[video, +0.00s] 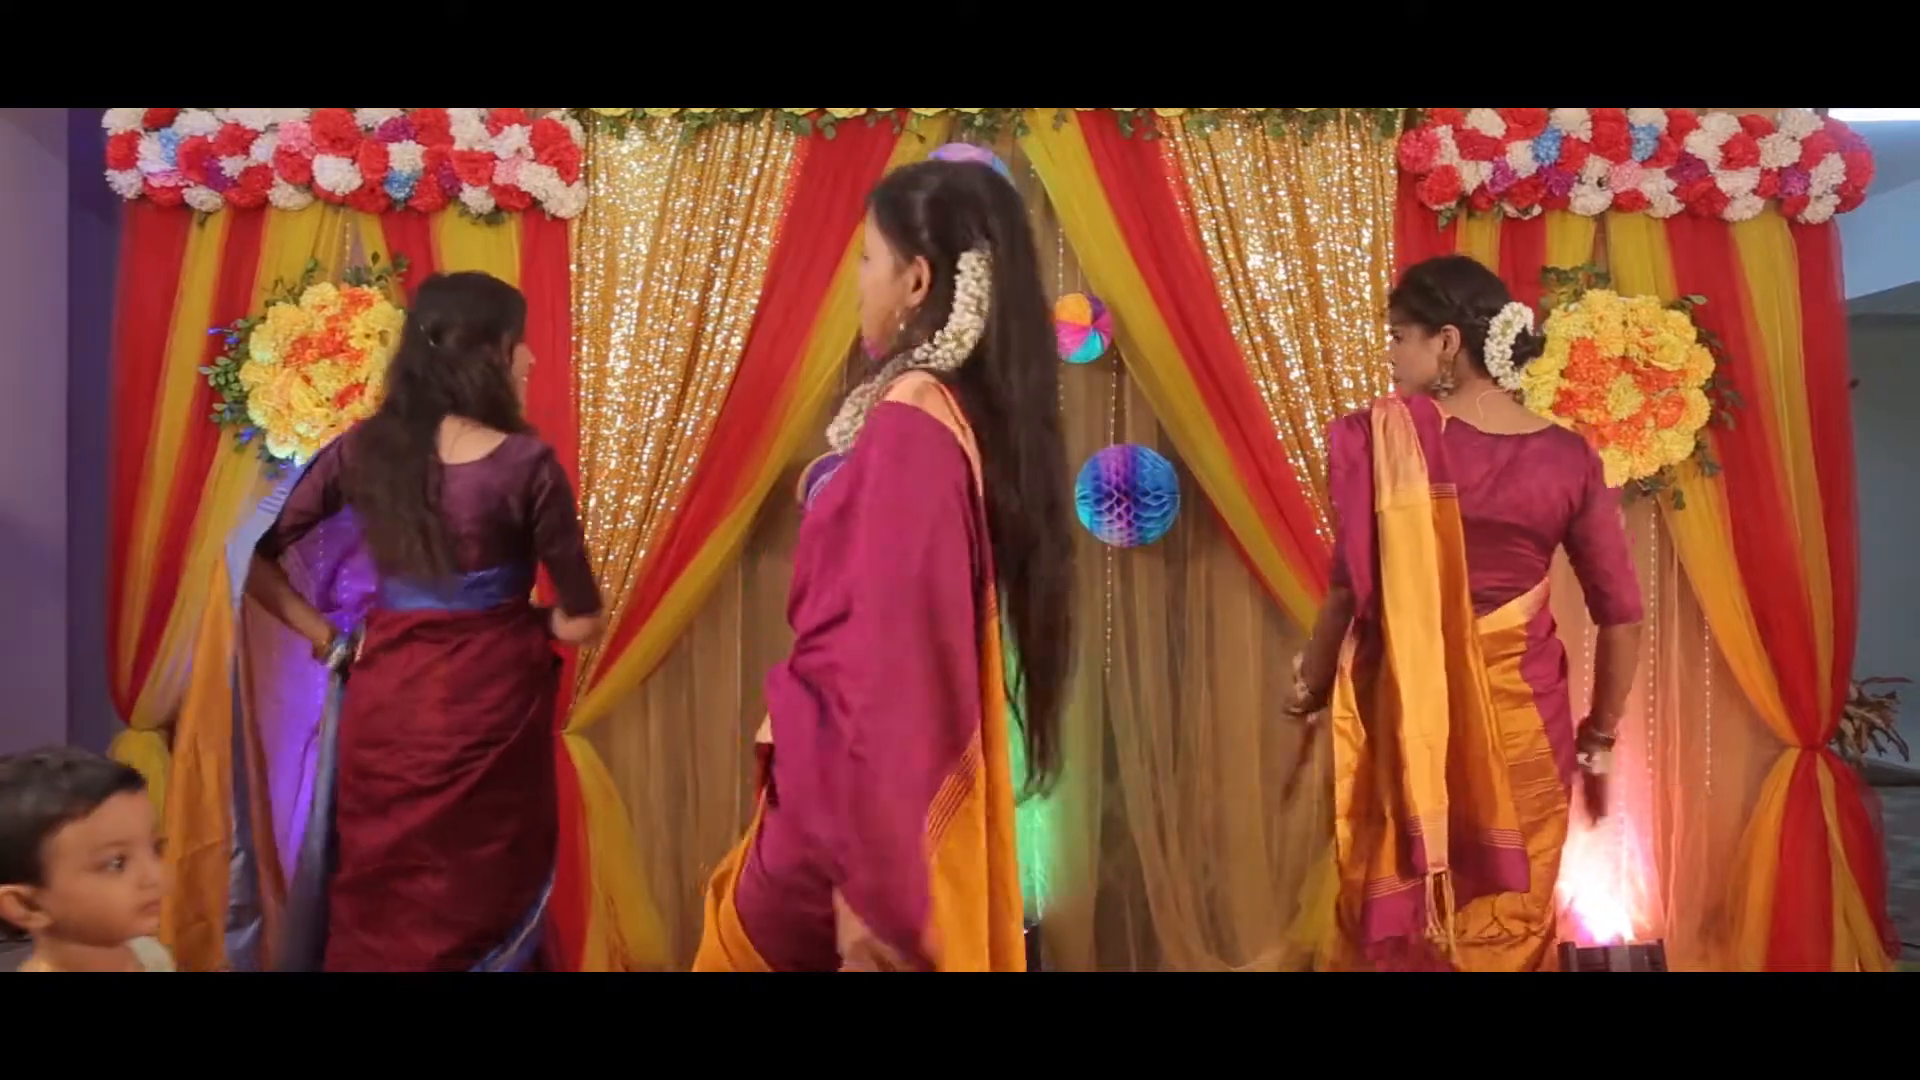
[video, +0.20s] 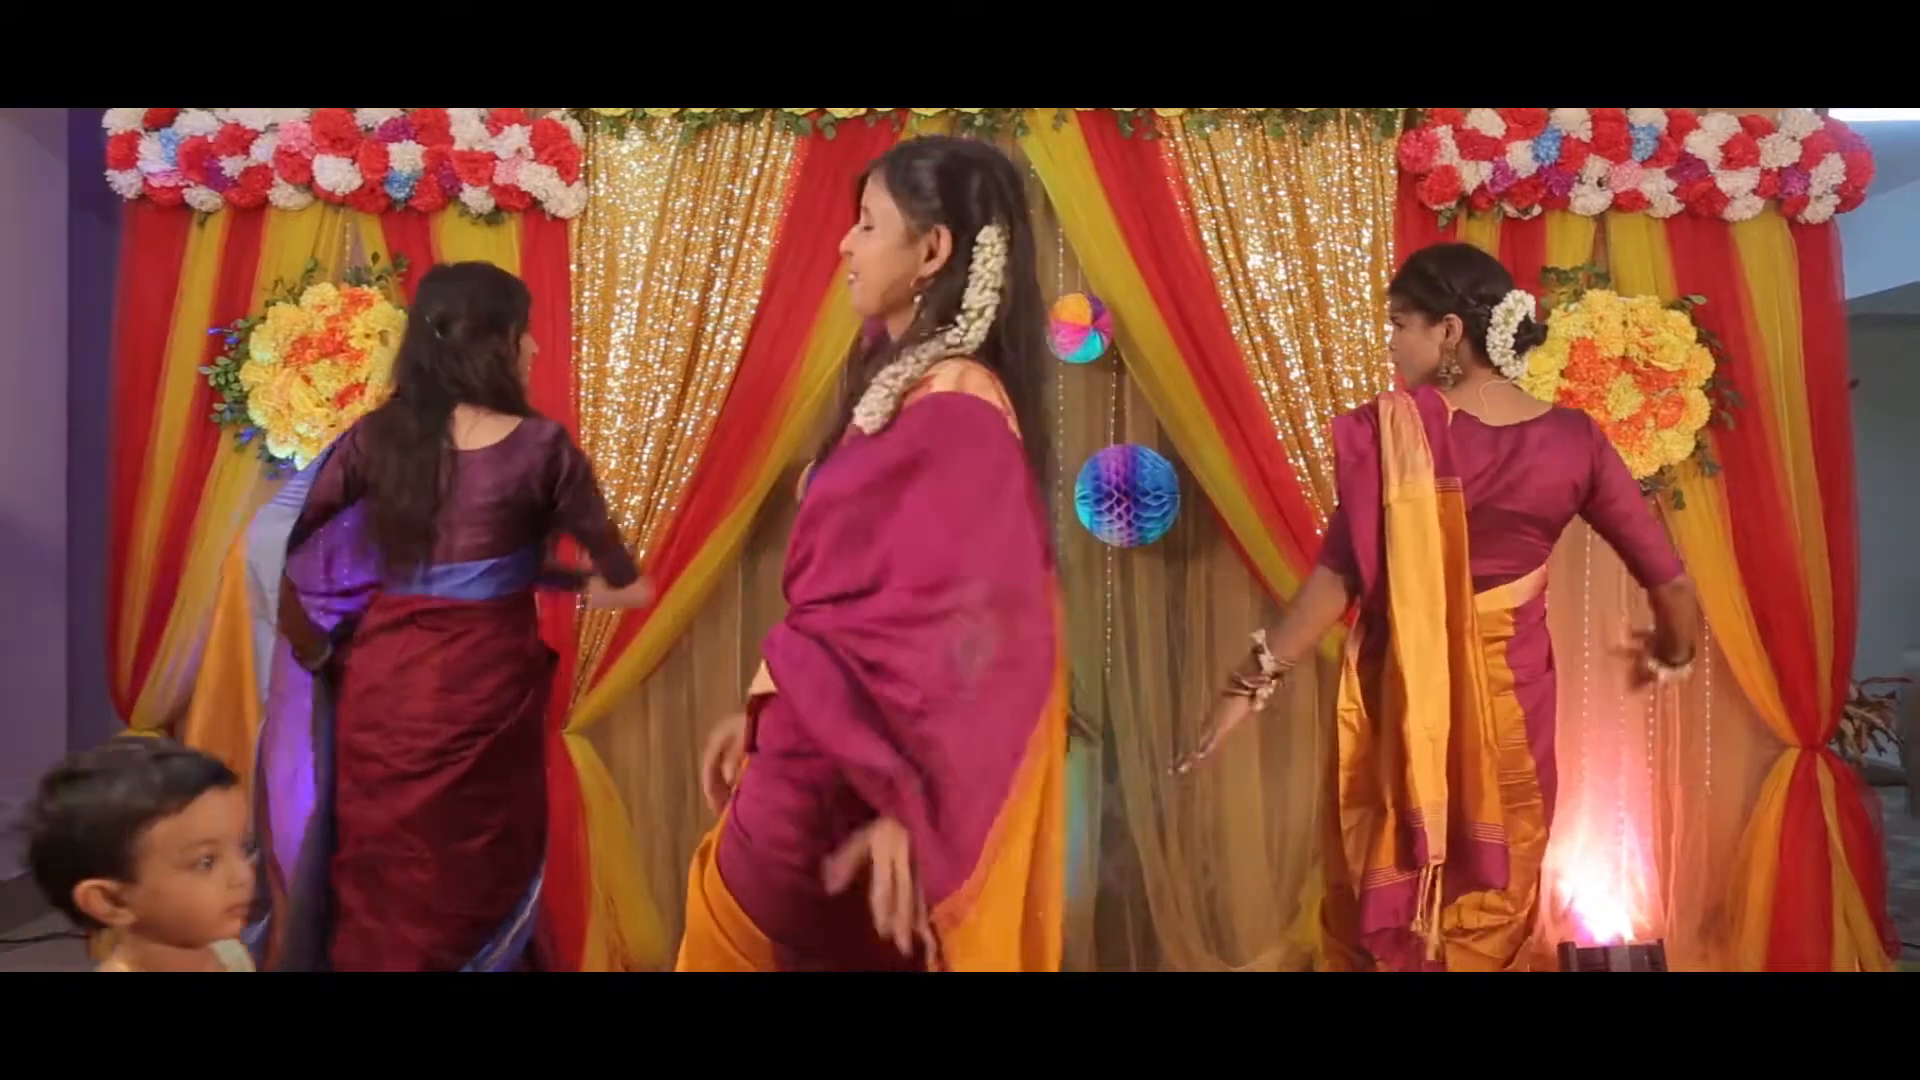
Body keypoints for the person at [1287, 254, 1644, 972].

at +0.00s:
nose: (1390, 358)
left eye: (1398, 338)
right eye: (1392, 339)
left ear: (1448, 341)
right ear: (1469, 340)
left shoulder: (1372, 435)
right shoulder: (1566, 454)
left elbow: (1353, 581)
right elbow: (1621, 612)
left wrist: (1314, 675)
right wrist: (1600, 733)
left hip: (1403, 714)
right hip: (1524, 718)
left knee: (1399, 919)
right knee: (1513, 921)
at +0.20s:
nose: (1388, 346)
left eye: (1398, 326)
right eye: (1389, 326)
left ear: (1451, 331)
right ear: (1465, 330)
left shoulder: (1386, 432)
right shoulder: (1569, 437)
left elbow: (1339, 574)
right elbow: (1668, 577)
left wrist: (1253, 679)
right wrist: (1673, 652)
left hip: (1399, 694)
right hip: (1515, 693)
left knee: (1388, 900)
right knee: (1500, 903)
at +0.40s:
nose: (1385, 359)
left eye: (1394, 340)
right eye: (1386, 340)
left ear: (1445, 346)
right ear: (1462, 346)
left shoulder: (1375, 441)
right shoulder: (1548, 457)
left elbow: (1326, 578)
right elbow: (1650, 571)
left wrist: (1245, 676)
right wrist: (1699, 598)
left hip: (1392, 717)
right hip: (1514, 714)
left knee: (1378, 924)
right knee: (1501, 926)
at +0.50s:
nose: (1382, 346)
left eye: (1391, 327)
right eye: (1383, 327)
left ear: (1444, 332)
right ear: (1460, 331)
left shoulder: (1393, 427)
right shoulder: (1553, 438)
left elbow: (1338, 545)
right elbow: (1642, 512)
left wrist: (1253, 620)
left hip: (1397, 678)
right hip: (1502, 677)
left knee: (1387, 874)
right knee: (1491, 879)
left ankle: (1395, 960)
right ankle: (1484, 959)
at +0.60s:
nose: (1382, 344)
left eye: (1391, 325)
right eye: (1382, 326)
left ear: (1446, 330)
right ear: (1457, 330)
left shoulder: (1415, 425)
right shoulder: (1550, 426)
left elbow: (1361, 538)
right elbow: (1625, 451)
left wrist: (1263, 594)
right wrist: (1644, 371)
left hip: (1391, 664)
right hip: (1493, 665)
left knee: (1353, 843)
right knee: (1473, 845)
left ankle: (1367, 958)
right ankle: (1468, 961)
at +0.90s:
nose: (1385, 360)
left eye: (1399, 342)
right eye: (1386, 341)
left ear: (1456, 347)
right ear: (1463, 351)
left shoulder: (1431, 433)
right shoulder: (1521, 437)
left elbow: (1412, 556)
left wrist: (1309, 602)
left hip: (1391, 677)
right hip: (1476, 679)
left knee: (1349, 877)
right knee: (1460, 869)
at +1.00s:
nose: (1384, 354)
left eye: (1400, 336)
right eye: (1382, 335)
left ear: (1458, 340)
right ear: (1458, 345)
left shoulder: (1436, 427)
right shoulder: (1515, 432)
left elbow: (1427, 547)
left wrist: (1334, 585)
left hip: (1395, 667)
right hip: (1466, 670)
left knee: (1349, 864)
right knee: (1448, 856)